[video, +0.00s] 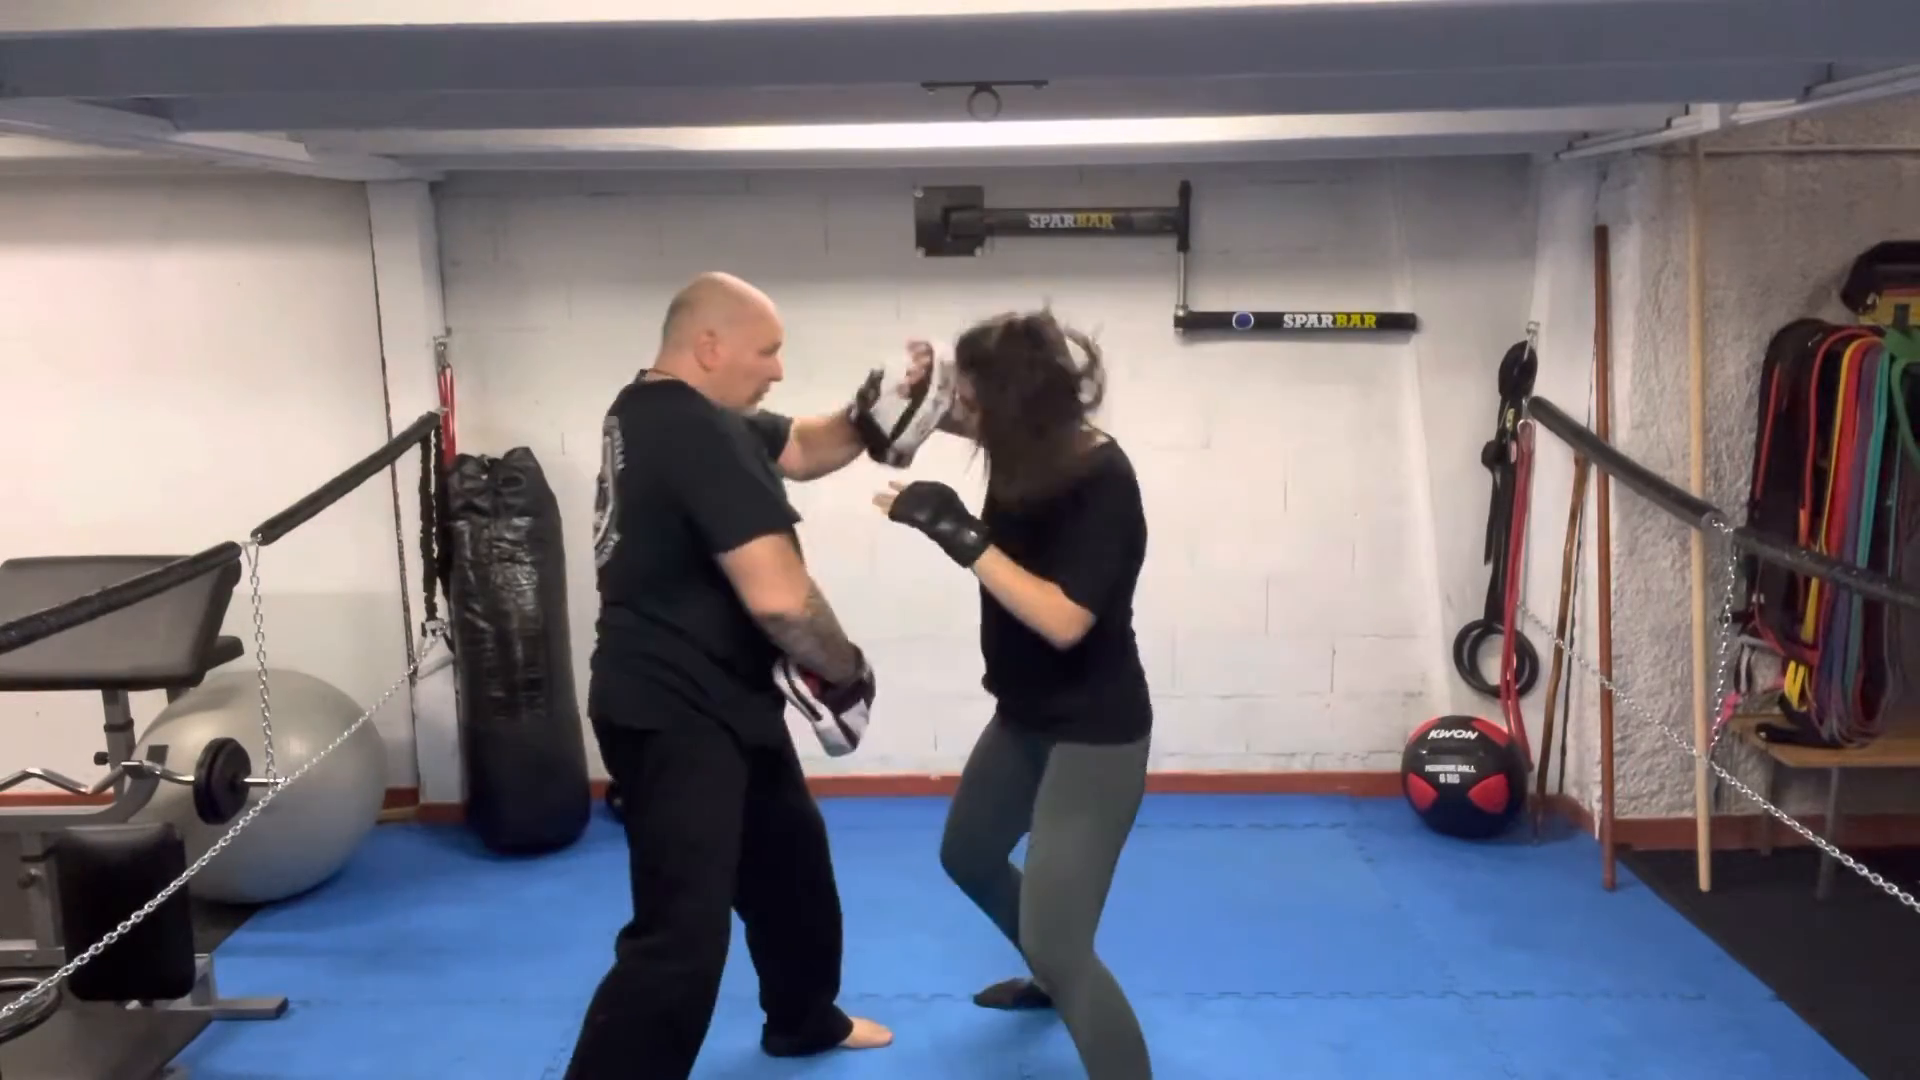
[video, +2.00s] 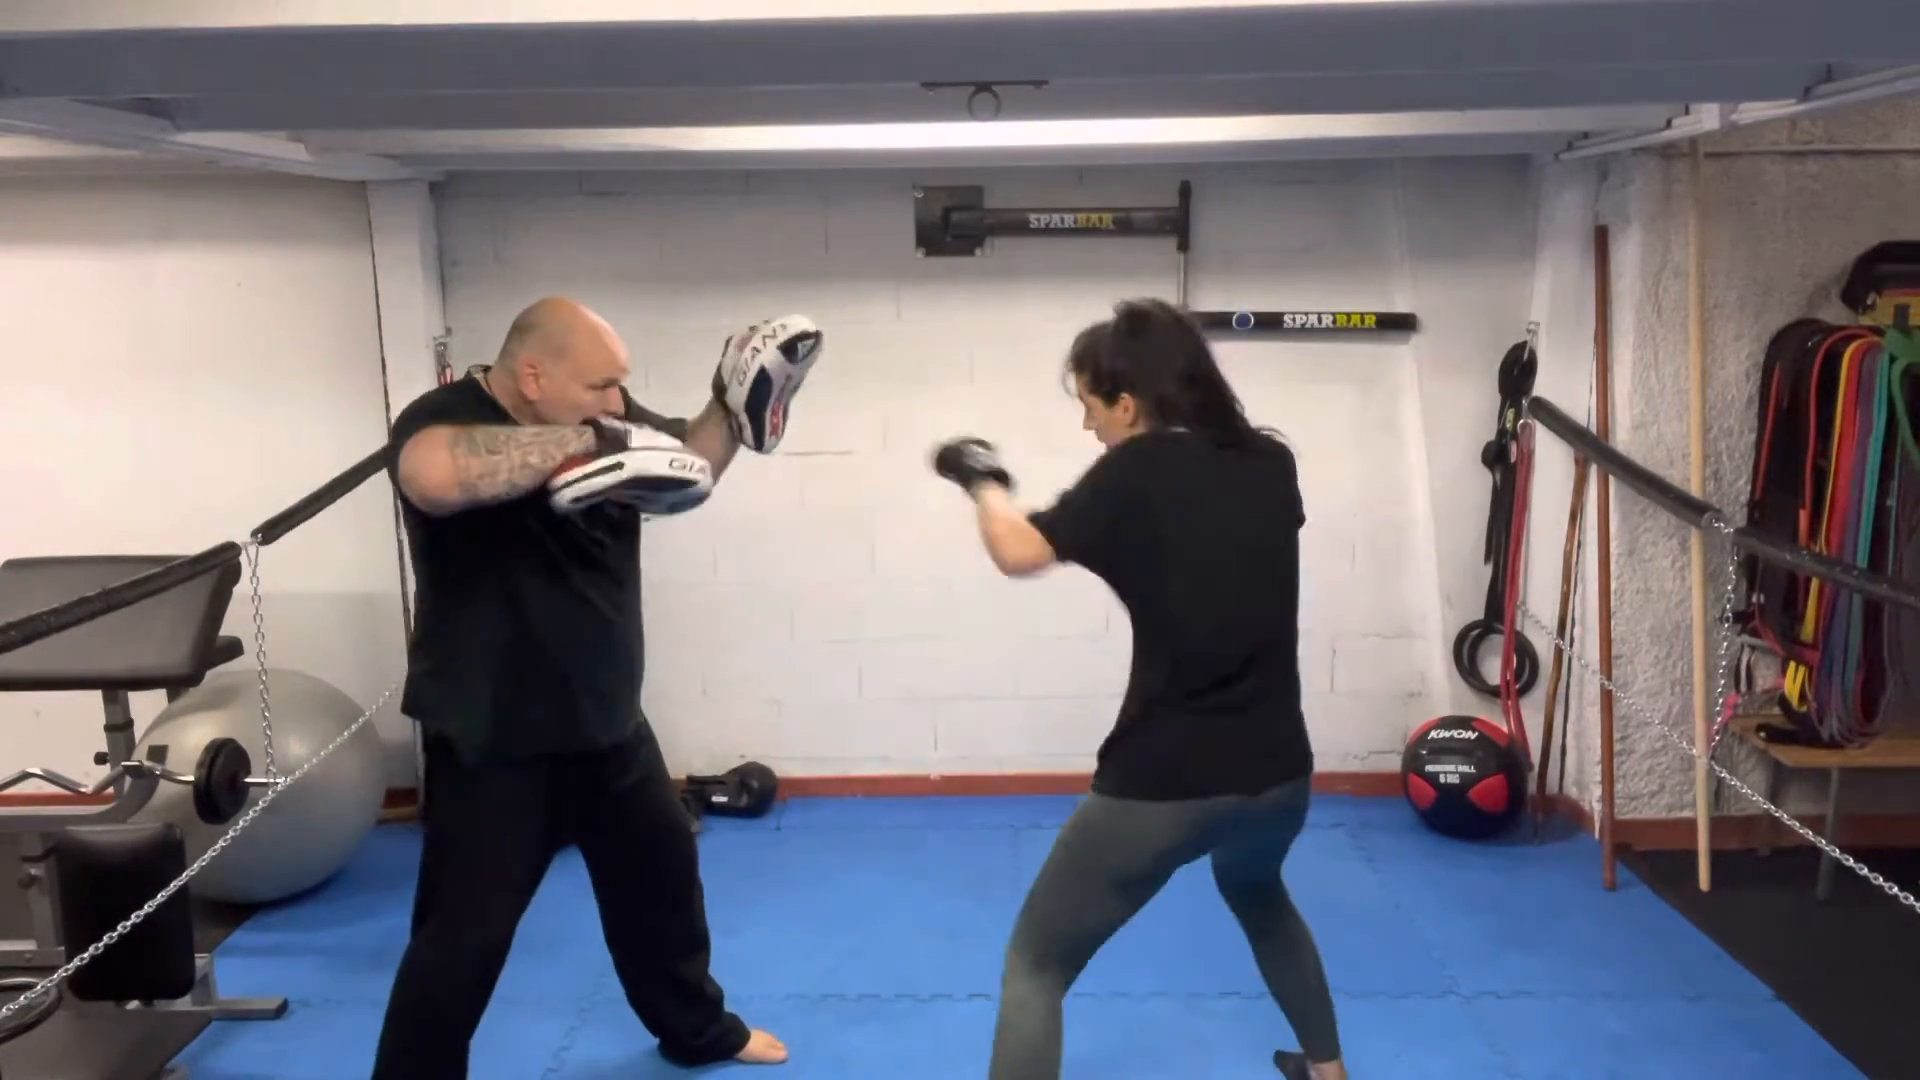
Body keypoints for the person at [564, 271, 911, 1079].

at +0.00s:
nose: (777, 369)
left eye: (777, 352)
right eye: (765, 351)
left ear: (699, 349)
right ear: (706, 347)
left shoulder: (681, 411)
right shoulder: (693, 427)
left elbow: (806, 445)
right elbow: (780, 601)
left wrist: (891, 402)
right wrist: (846, 677)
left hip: (725, 702)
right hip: (673, 711)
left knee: (790, 864)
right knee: (681, 938)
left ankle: (802, 1020)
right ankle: (608, 1076)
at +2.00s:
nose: (616, 404)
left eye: (618, 387)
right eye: (600, 386)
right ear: (531, 375)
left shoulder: (606, 424)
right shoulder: (446, 417)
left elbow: (684, 467)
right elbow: (432, 479)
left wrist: (737, 401)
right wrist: (588, 446)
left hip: (605, 727)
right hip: (486, 743)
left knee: (661, 876)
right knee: (458, 948)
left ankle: (696, 1031)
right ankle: (413, 1073)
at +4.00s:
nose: (795, 381)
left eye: (797, 365)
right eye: (782, 364)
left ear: (728, 355)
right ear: (717, 356)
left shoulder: (759, 450)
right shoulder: (685, 412)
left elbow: (834, 522)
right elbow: (859, 406)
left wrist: (928, 485)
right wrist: (967, 342)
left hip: (728, 709)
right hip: (637, 711)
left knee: (789, 840)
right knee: (576, 913)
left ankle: (796, 1022)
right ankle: (450, 1070)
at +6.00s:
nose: (678, 380)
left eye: (680, 360)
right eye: (663, 361)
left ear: (605, 356)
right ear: (594, 353)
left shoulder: (654, 433)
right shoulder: (497, 462)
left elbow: (681, 532)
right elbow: (436, 614)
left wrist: (775, 551)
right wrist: (564, 695)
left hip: (680, 743)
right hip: (570, 762)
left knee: (717, 881)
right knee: (550, 959)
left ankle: (716, 1021)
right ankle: (526, 1070)